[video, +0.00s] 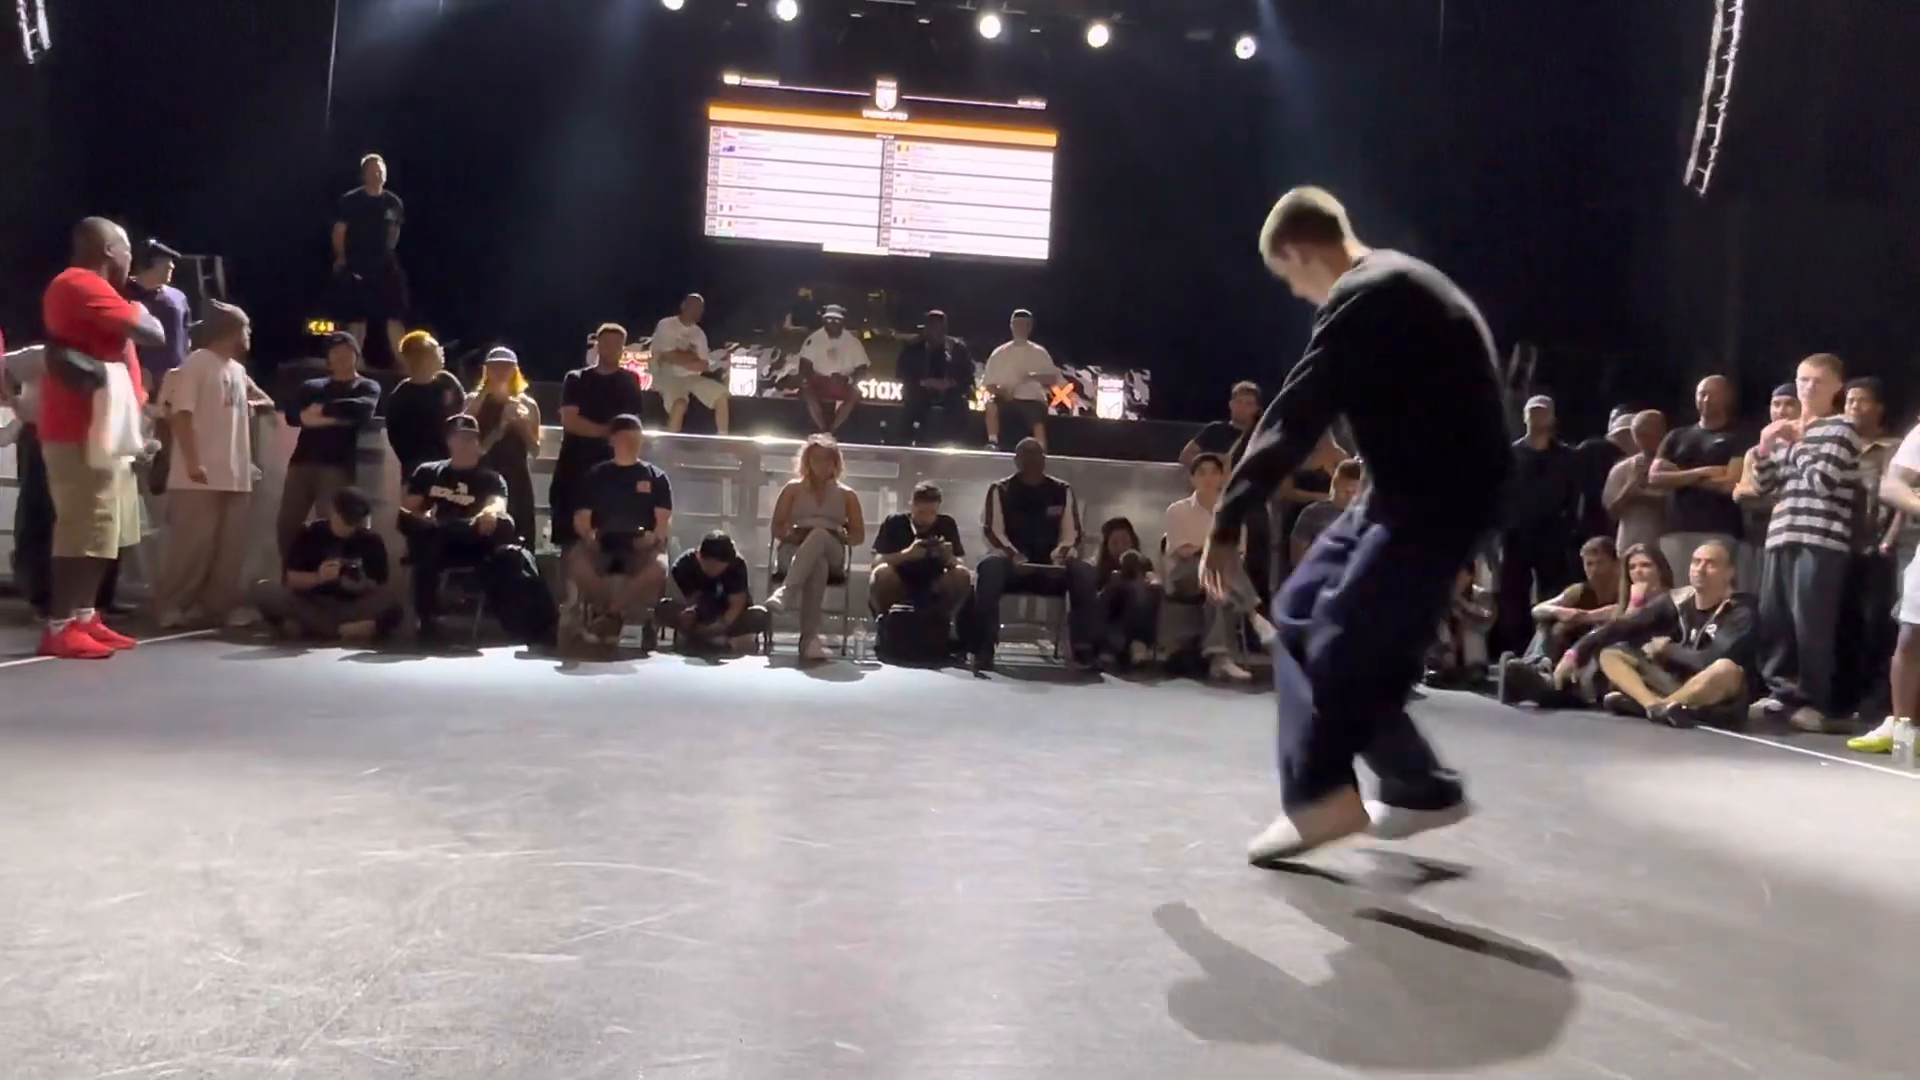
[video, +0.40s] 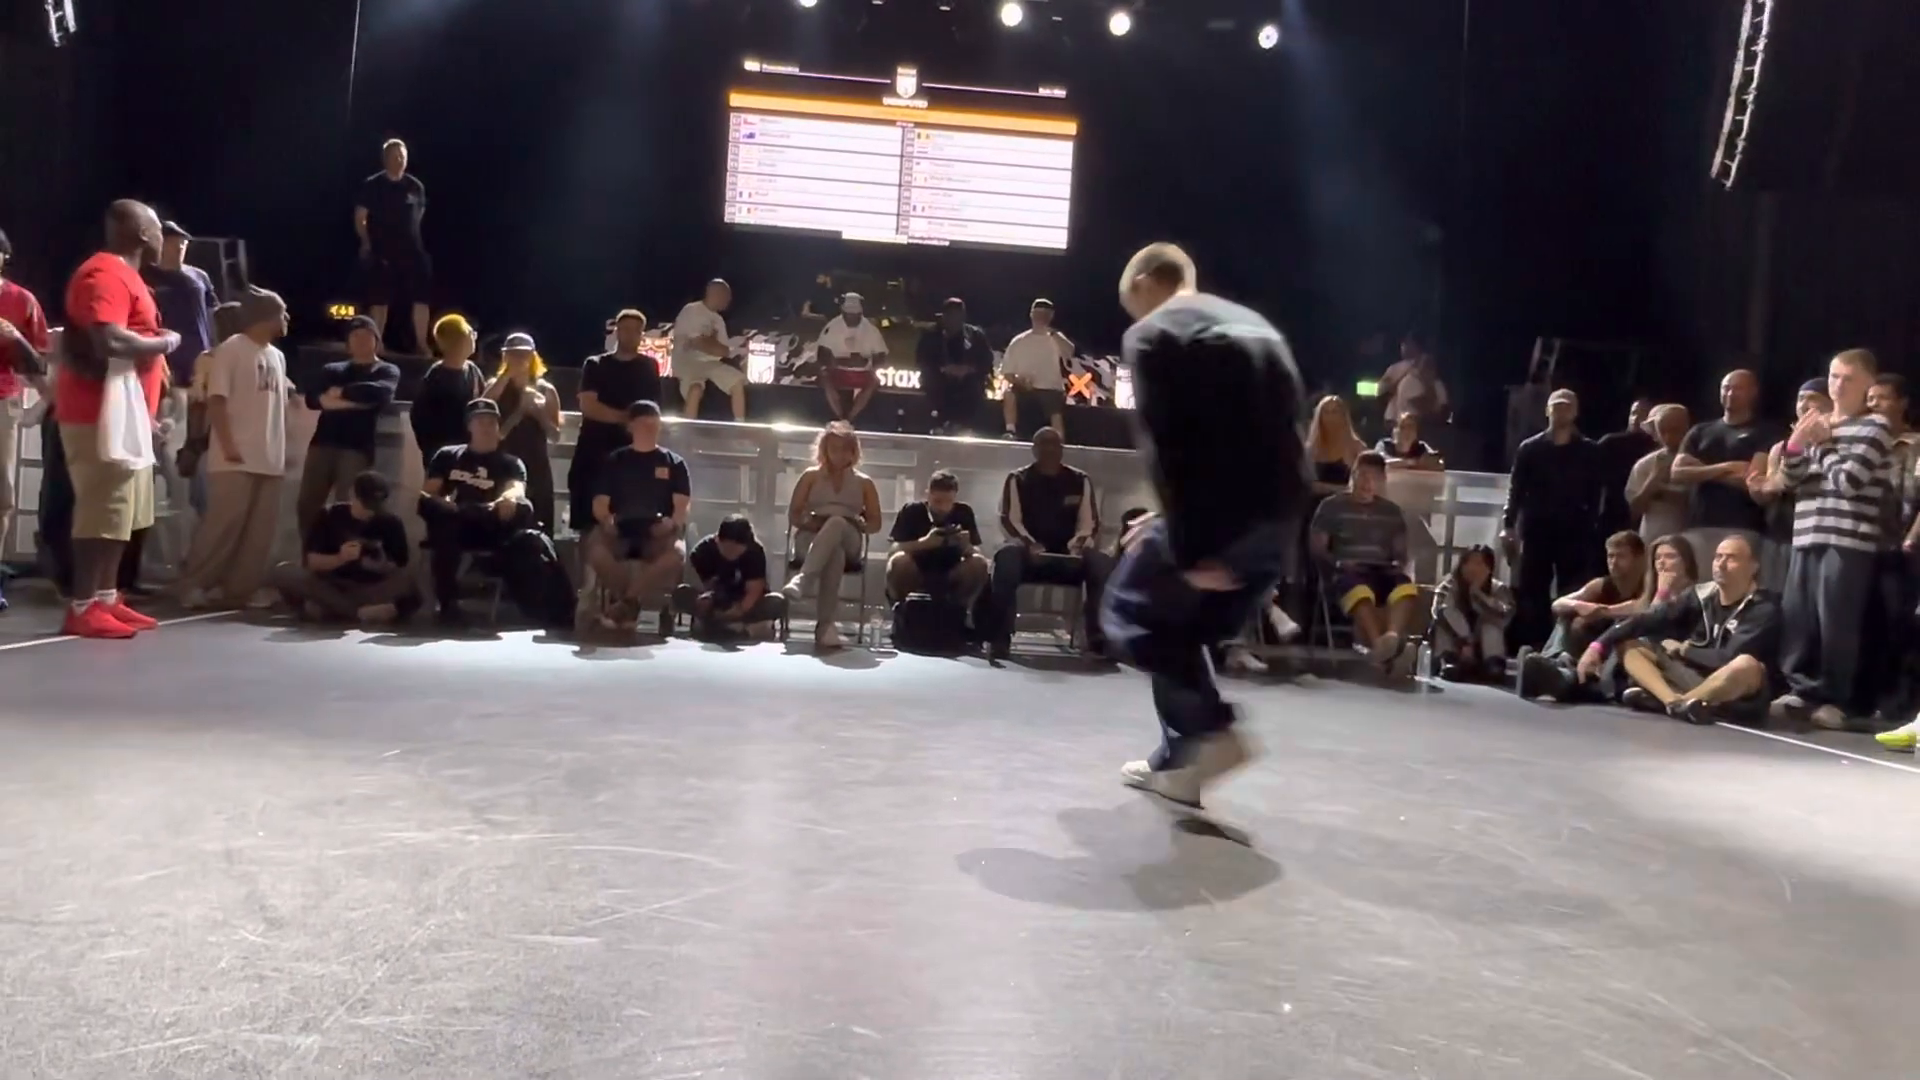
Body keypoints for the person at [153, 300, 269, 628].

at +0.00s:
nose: (249, 335)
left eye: (248, 329)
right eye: (245, 329)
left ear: (230, 333)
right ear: (227, 333)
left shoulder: (238, 371)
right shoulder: (194, 365)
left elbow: (237, 415)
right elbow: (181, 416)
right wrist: (192, 463)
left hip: (234, 473)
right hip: (199, 474)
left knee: (228, 548)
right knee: (191, 544)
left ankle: (222, 607)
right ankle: (171, 606)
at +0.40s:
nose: (287, 320)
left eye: (286, 313)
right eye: (282, 314)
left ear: (268, 319)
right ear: (263, 318)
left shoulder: (276, 356)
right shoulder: (230, 350)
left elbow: (278, 403)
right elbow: (216, 401)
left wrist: (279, 446)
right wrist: (227, 444)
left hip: (269, 455)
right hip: (234, 455)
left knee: (260, 531)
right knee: (225, 521)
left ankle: (243, 589)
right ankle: (193, 583)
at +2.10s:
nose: (263, 280)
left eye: (262, 273)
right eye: (256, 274)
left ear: (258, 279)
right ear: (237, 278)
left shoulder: (265, 320)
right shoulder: (225, 319)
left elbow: (270, 370)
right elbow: (220, 367)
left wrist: (278, 410)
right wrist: (237, 402)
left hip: (261, 417)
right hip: (229, 418)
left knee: (258, 492)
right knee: (226, 493)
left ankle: (261, 551)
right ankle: (218, 554)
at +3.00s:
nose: (292, 273)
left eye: (290, 266)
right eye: (285, 267)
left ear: (278, 273)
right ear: (268, 272)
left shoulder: (287, 313)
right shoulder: (247, 312)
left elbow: (291, 359)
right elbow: (241, 356)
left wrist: (298, 396)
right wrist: (253, 392)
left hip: (284, 407)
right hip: (254, 405)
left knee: (280, 482)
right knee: (249, 479)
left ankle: (273, 542)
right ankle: (239, 545)